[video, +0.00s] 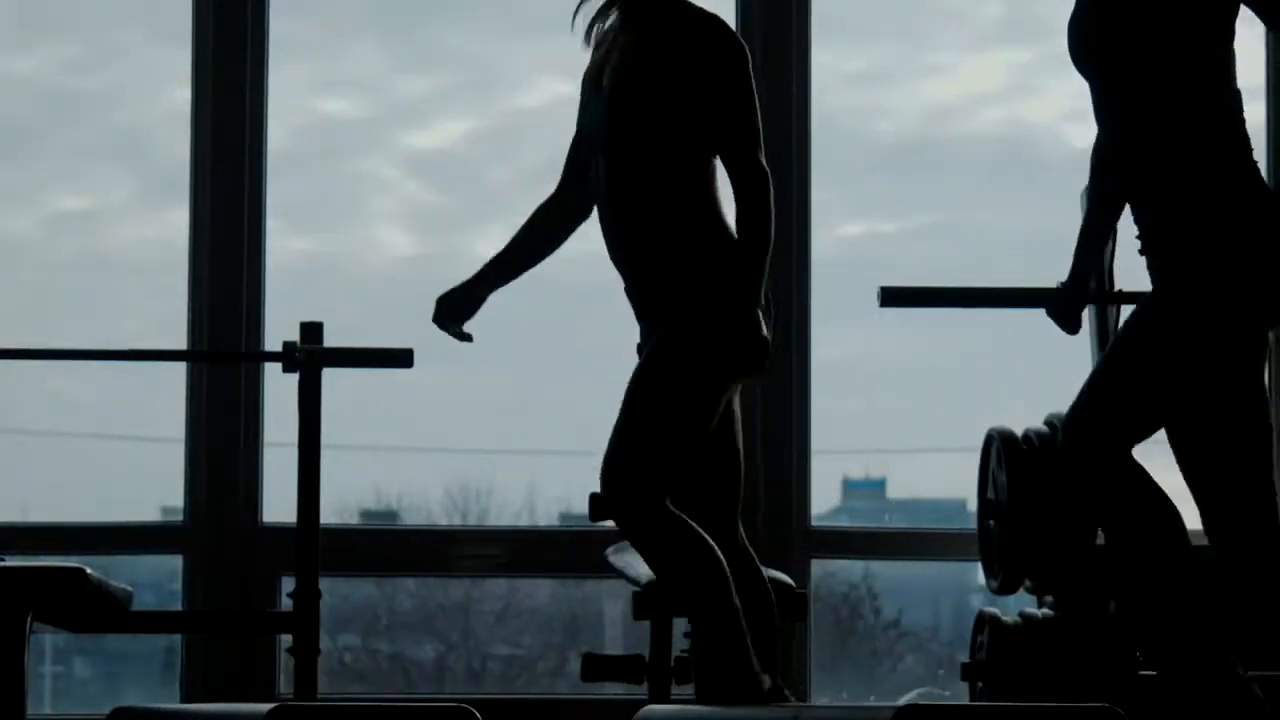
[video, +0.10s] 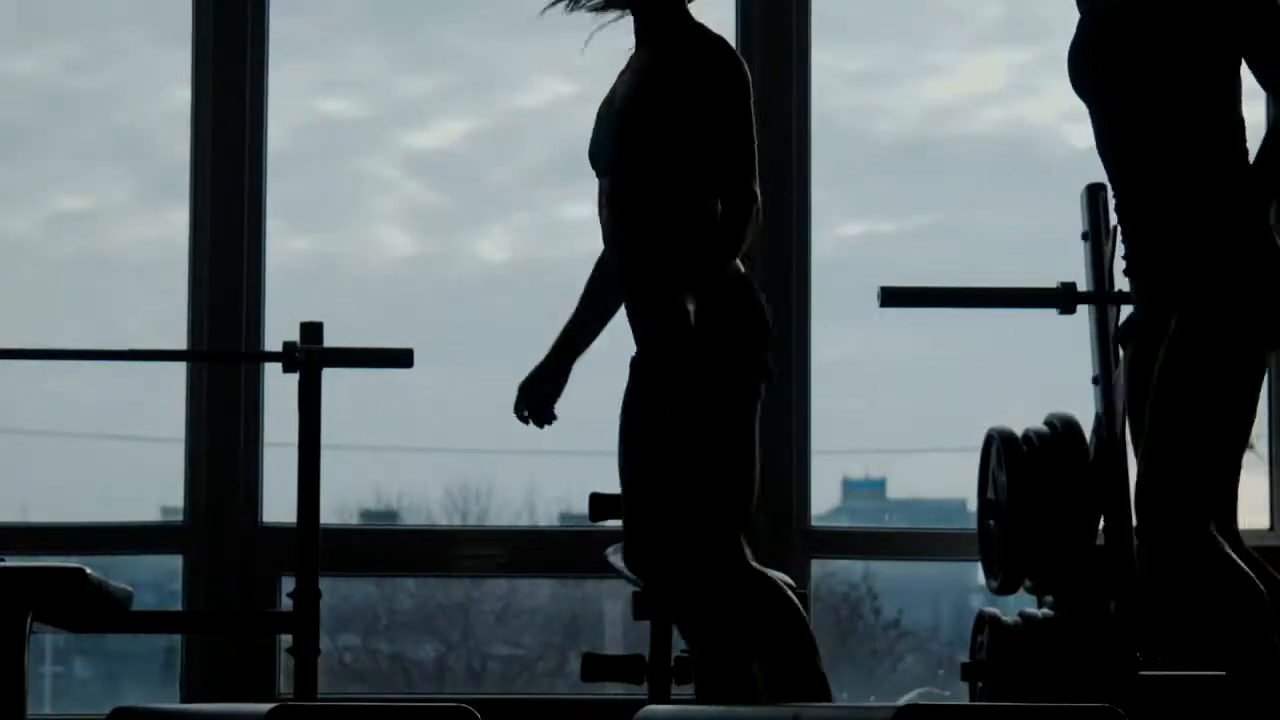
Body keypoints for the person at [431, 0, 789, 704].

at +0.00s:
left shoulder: (710, 41)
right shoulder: (612, 47)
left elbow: (754, 182)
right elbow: (574, 195)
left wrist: (749, 300)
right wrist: (482, 285)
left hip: (709, 312)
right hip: (667, 315)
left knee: (633, 492)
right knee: (715, 517)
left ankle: (735, 683)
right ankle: (761, 694)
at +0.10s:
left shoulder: (708, 60)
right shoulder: (635, 72)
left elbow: (740, 217)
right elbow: (626, 243)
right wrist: (561, 357)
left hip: (715, 339)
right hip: (665, 341)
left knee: (708, 546)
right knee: (660, 549)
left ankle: (808, 711)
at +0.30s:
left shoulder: (658, 23)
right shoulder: (630, 22)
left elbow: (616, 149)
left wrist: (489, 135)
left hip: (684, 299)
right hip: (636, 296)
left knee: (727, 530)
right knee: (469, 431)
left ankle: (815, 712)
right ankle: (556, 648)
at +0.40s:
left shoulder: (619, 24)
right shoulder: (593, 28)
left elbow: (563, 131)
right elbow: (668, 178)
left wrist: (421, 100)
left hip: (664, 296)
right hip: (602, 292)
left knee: (722, 512)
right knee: (426, 404)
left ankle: (801, 702)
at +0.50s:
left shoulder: (582, 54)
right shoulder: (550, 57)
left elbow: (501, 153)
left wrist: (351, 131)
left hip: (627, 324)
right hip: (565, 322)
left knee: (715, 520)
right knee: (382, 428)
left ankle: (815, 695)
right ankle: (311, 657)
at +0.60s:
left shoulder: (519, 46)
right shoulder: (501, 56)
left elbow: (456, 169)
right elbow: (508, 231)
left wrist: (332, 212)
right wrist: (428, 305)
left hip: (556, 311)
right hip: (526, 310)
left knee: (662, 520)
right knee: (331, 424)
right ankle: (304, 650)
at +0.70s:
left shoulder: (508, 11)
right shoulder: (422, 38)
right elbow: (366, 174)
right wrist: (233, 213)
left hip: (543, 272)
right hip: (475, 272)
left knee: (549, 484)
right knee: (319, 418)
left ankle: (698, 654)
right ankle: (302, 655)